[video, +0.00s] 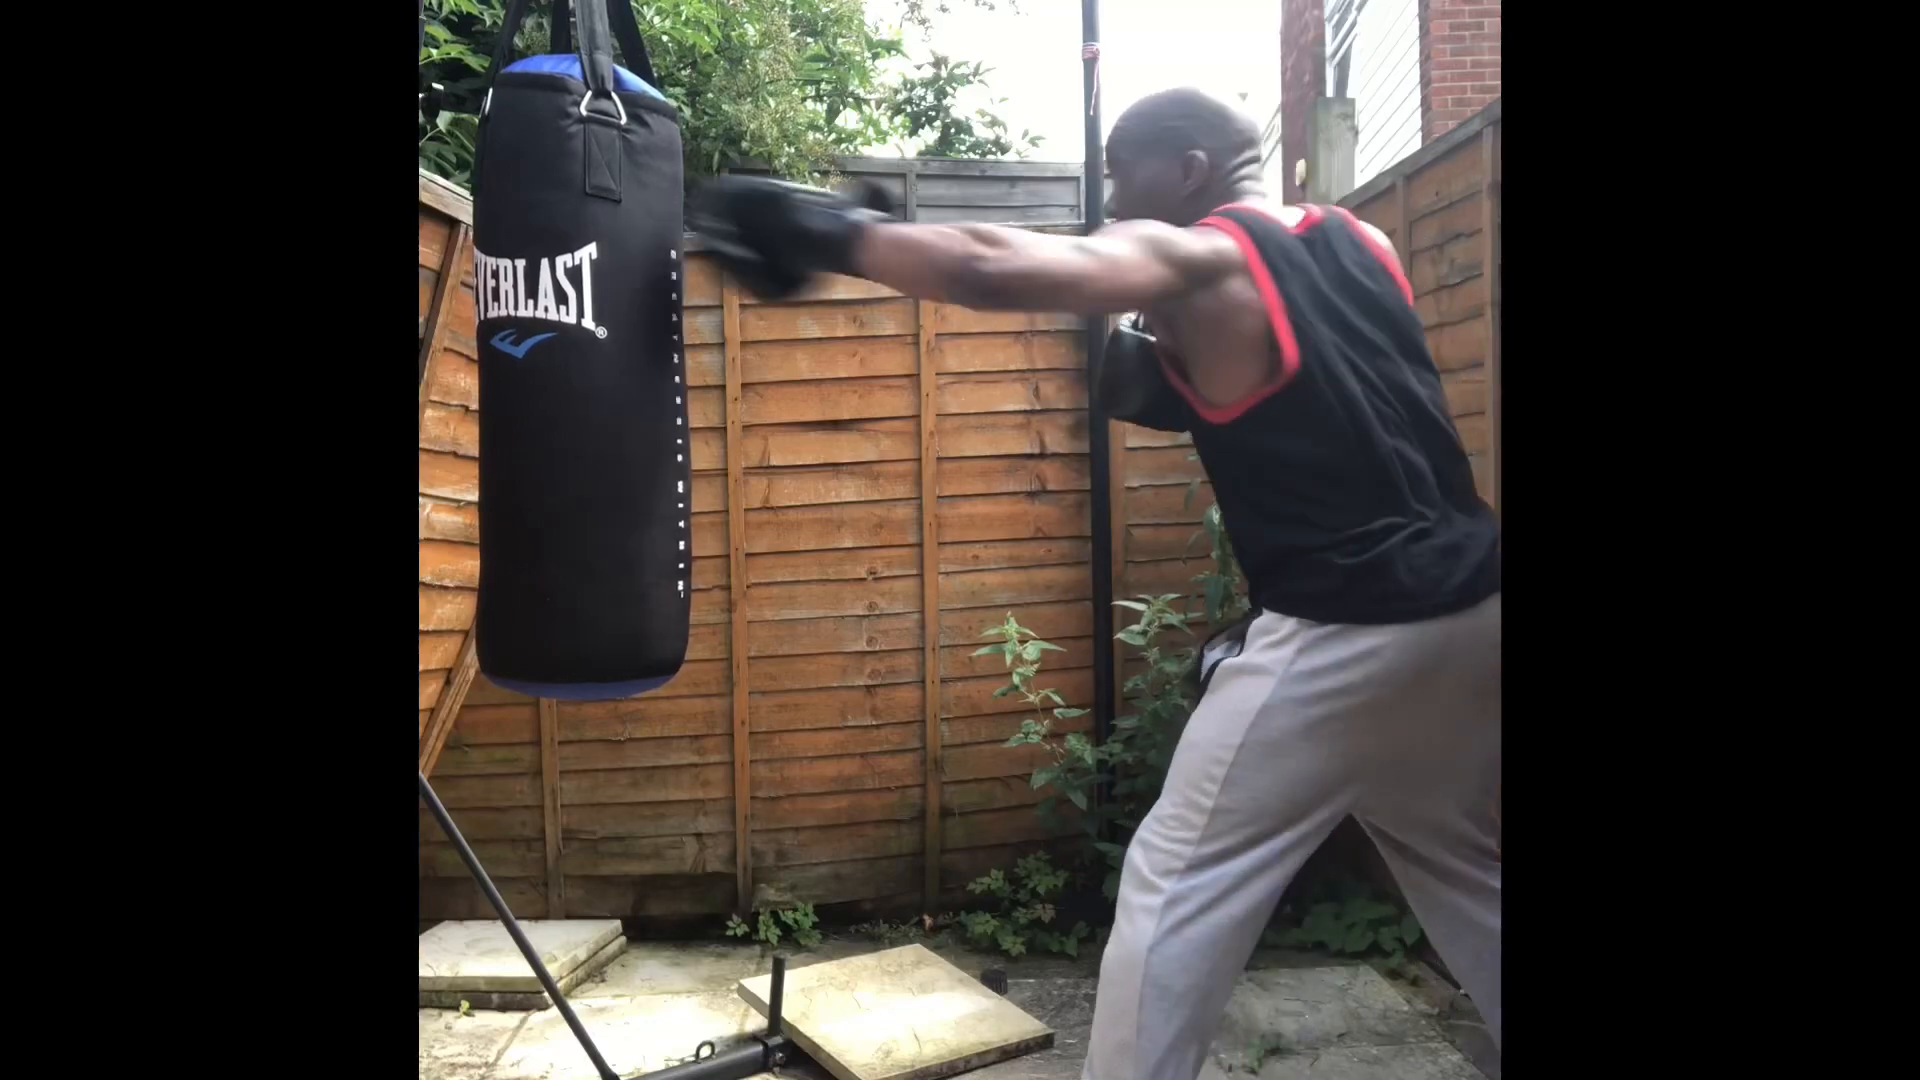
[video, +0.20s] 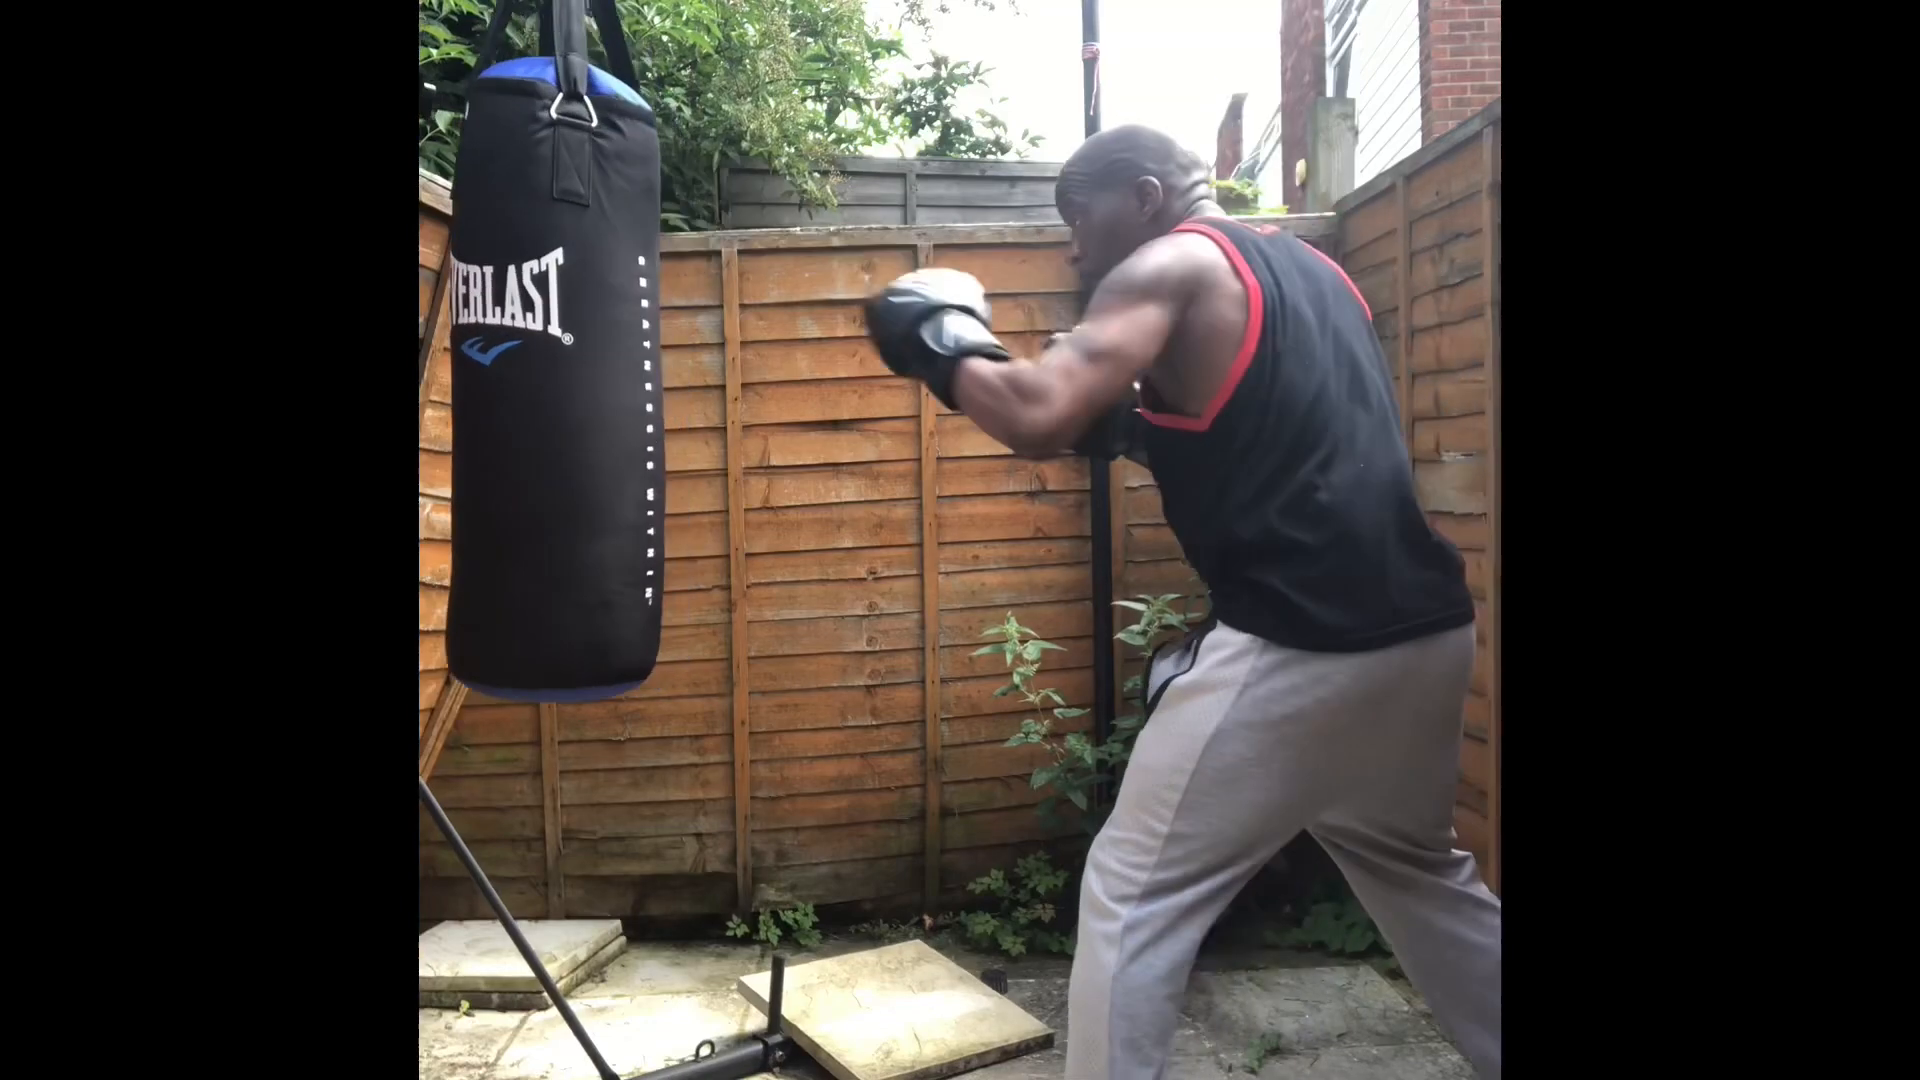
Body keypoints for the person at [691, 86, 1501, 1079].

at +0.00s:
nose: (1119, 215)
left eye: (1123, 187)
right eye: (1115, 194)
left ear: (1182, 167)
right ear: (1236, 164)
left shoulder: (1200, 253)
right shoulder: (1358, 237)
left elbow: (993, 267)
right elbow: (1318, 386)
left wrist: (821, 231)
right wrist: (1174, 386)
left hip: (1339, 626)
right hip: (1469, 608)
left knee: (1180, 879)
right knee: (1470, 876)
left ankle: (1130, 1070)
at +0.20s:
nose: (1073, 247)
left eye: (1078, 219)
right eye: (1068, 224)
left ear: (1148, 197)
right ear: (1171, 194)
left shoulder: (1168, 265)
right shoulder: (1311, 265)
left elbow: (1034, 413)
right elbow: (1258, 433)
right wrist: (1110, 422)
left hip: (1290, 645)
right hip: (1427, 631)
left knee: (1131, 893)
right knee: (1418, 865)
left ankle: (1106, 1071)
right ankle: (1499, 1052)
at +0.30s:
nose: (1089, 243)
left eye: (1098, 212)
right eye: (1083, 218)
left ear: (1173, 193)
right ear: (1188, 197)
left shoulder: (1207, 272)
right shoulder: (1319, 261)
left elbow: (1141, 469)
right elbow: (1277, 432)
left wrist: (1035, 381)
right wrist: (1139, 355)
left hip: (1297, 636)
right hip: (1420, 626)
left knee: (1139, 898)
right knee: (1427, 882)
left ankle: (1109, 1068)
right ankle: (1501, 1053)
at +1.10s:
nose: (1029, 203)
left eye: (1047, 173)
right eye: (1022, 181)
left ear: (1134, 157)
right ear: (1140, 165)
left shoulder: (1172, 253)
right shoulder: (1211, 235)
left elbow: (1057, 441)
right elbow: (1198, 403)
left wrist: (910, 341)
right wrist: (1060, 336)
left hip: (1259, 644)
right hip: (1333, 626)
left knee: (1076, 884)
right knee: (1404, 901)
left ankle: (1065, 1069)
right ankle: (1497, 1051)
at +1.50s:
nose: (1062, 240)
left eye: (1070, 209)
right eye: (1055, 215)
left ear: (1146, 185)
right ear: (1163, 188)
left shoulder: (1200, 270)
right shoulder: (1284, 253)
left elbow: (1155, 494)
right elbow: (1245, 448)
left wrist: (1023, 370)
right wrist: (1109, 360)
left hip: (1257, 660)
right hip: (1352, 637)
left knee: (1077, 895)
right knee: (1353, 892)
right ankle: (1490, 1056)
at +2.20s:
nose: (1122, 225)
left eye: (1128, 194)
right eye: (1116, 199)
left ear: (1200, 178)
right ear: (1232, 177)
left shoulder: (1212, 261)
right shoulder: (1374, 256)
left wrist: (995, 321)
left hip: (1259, 658)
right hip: (1416, 652)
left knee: (1072, 882)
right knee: (1429, 891)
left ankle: (1046, 1067)